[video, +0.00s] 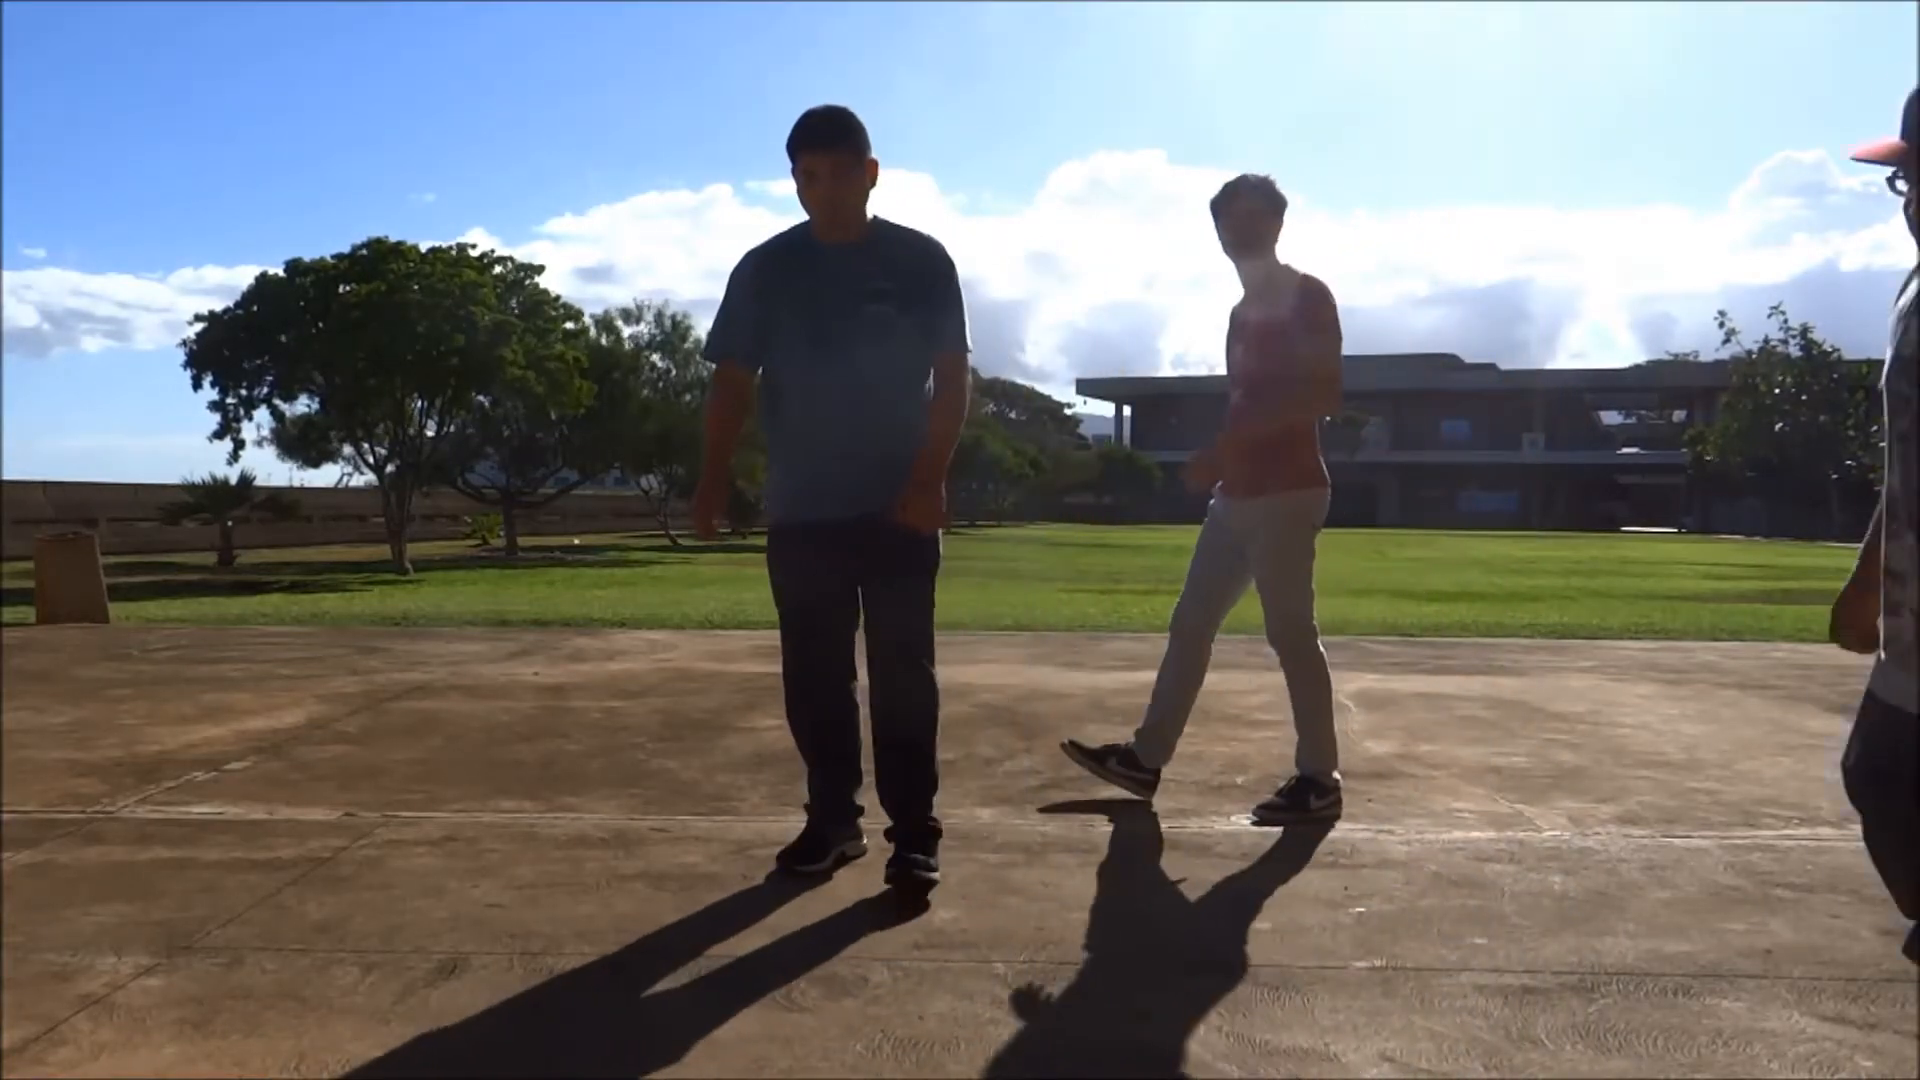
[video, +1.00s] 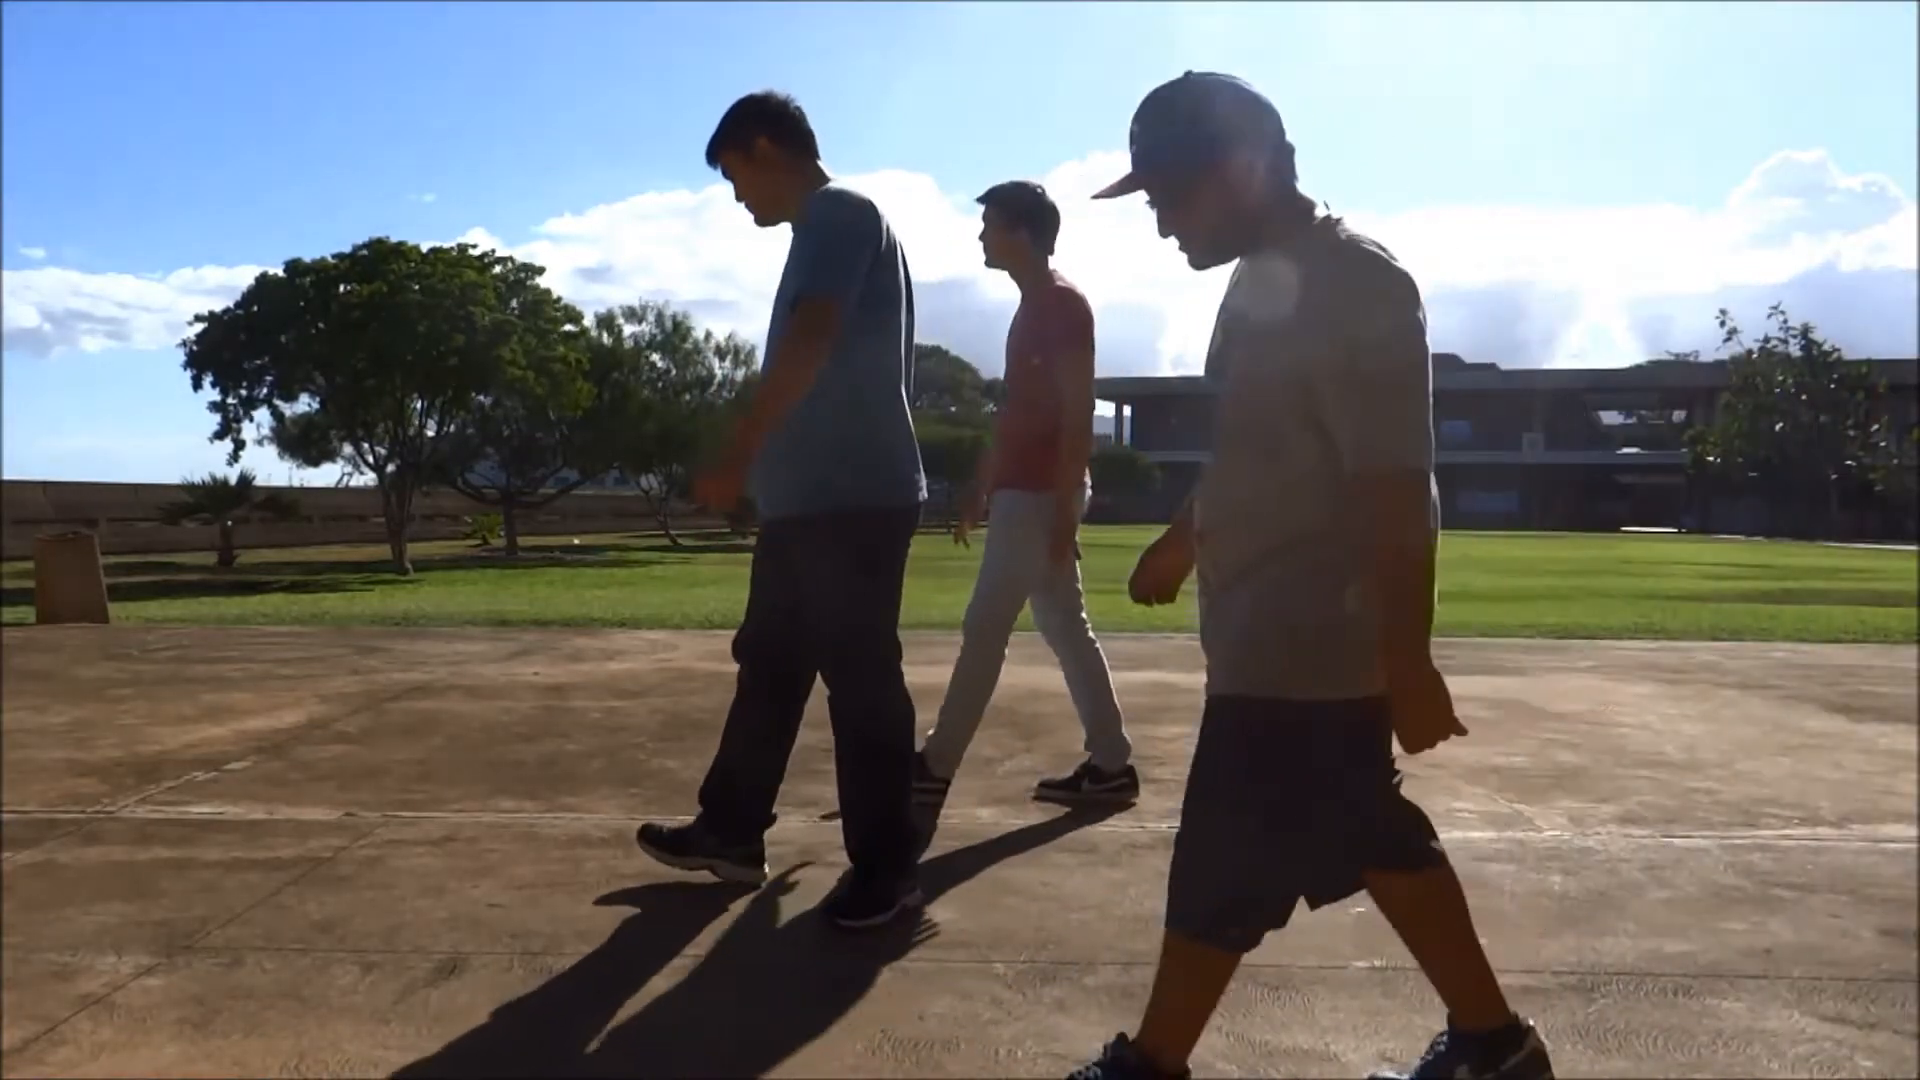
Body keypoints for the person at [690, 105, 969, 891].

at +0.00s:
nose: (817, 187)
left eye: (831, 171)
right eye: (804, 174)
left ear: (869, 170)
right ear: (793, 178)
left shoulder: (921, 261)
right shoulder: (762, 270)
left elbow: (952, 377)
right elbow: (729, 383)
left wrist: (929, 478)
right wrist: (714, 480)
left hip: (900, 503)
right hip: (802, 510)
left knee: (904, 676)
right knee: (814, 676)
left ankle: (913, 837)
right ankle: (831, 820)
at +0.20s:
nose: (807, 186)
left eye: (822, 169)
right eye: (794, 173)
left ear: (860, 166)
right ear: (779, 179)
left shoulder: (920, 255)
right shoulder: (761, 268)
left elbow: (955, 374)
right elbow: (736, 389)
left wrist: (952, 486)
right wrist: (731, 491)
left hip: (893, 502)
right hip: (797, 509)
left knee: (891, 673)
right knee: (811, 674)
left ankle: (891, 850)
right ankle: (831, 817)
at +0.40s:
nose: (786, 186)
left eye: (795, 168)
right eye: (779, 172)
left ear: (848, 154)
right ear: (787, 172)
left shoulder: (926, 247)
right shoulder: (778, 264)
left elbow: (967, 374)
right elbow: (749, 390)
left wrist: (961, 493)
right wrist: (739, 494)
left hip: (890, 504)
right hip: (799, 510)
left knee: (881, 680)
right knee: (805, 674)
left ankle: (890, 864)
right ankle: (830, 821)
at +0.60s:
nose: (776, 191)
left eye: (780, 171)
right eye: (770, 176)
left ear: (831, 147)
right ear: (811, 160)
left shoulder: (920, 234)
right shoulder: (800, 255)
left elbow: (951, 367)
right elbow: (778, 379)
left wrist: (930, 487)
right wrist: (746, 487)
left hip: (886, 502)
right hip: (802, 505)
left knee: (881, 673)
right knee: (778, 656)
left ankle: (889, 866)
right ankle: (817, 810)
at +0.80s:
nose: (760, 191)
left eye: (759, 170)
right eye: (753, 175)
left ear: (798, 147)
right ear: (797, 152)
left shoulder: (881, 219)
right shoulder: (812, 252)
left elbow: (880, 348)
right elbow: (809, 386)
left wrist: (840, 462)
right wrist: (778, 493)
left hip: (876, 499)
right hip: (814, 502)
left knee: (878, 676)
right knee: (780, 662)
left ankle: (887, 871)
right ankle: (750, 829)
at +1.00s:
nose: (741, 202)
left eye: (736, 180)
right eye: (732, 186)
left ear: (768, 151)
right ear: (783, 149)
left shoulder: (835, 213)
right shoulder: (849, 228)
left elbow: (807, 346)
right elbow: (853, 371)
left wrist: (734, 458)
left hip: (848, 502)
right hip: (813, 504)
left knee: (864, 682)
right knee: (770, 665)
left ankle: (885, 871)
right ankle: (729, 832)